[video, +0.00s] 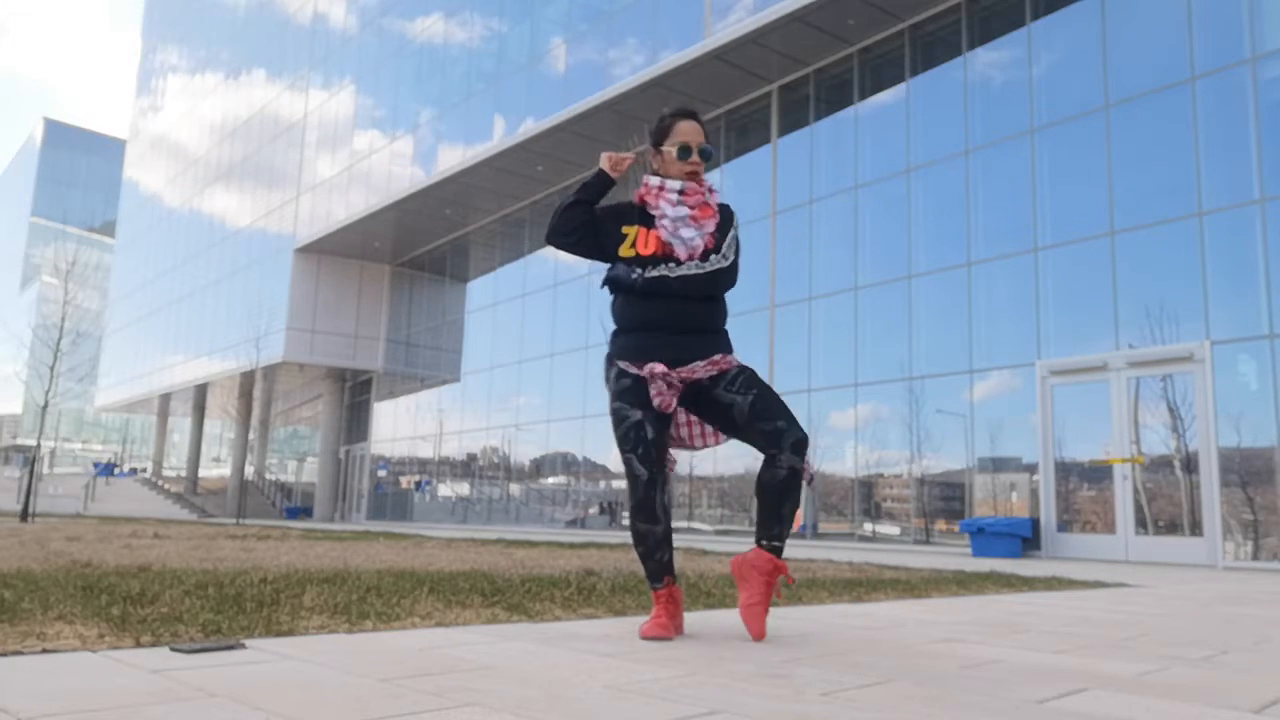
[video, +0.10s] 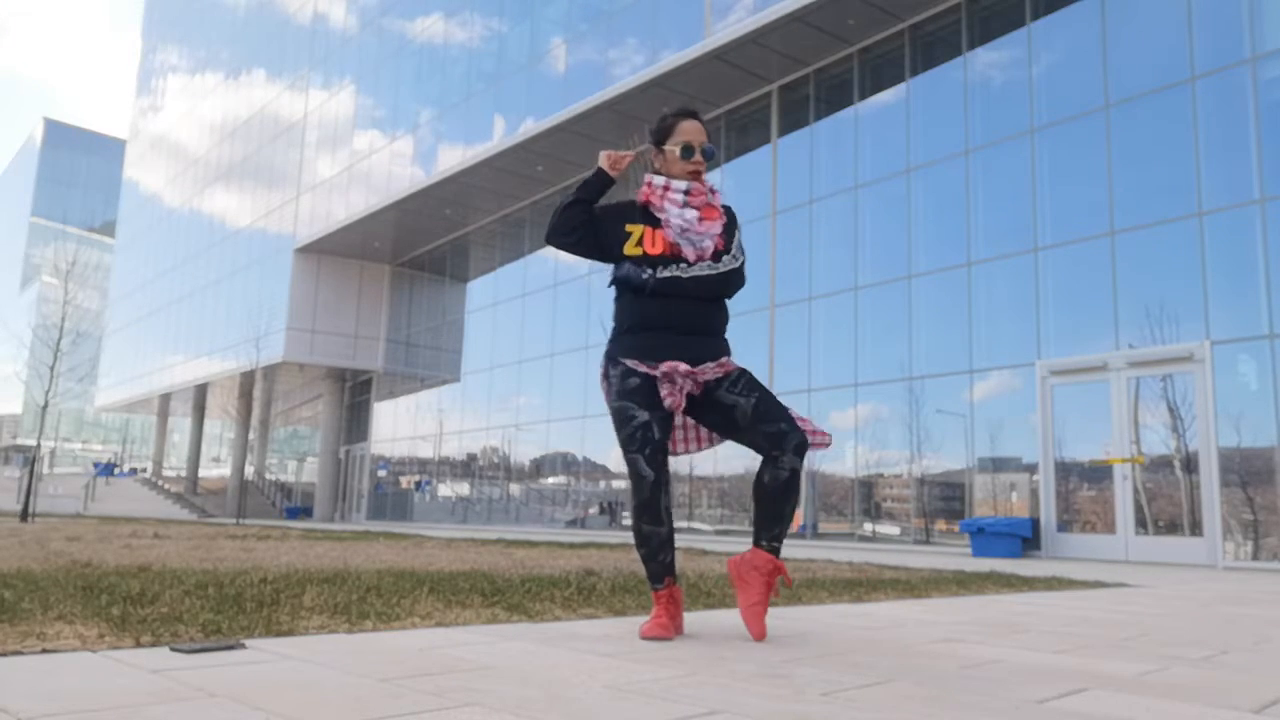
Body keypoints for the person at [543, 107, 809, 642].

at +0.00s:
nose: (695, 161)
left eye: (702, 152)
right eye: (683, 151)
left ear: (709, 158)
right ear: (657, 157)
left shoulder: (718, 214)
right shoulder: (626, 218)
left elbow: (723, 273)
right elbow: (562, 233)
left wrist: (636, 276)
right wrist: (602, 178)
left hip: (708, 363)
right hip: (637, 367)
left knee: (788, 441)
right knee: (645, 476)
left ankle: (764, 563)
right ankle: (665, 596)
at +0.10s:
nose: (698, 160)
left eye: (705, 151)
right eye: (686, 150)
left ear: (710, 157)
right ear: (658, 157)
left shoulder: (719, 215)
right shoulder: (628, 219)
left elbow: (732, 275)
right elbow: (561, 233)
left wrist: (647, 276)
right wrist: (601, 178)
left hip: (707, 365)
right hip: (636, 366)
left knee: (788, 441)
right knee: (649, 474)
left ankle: (761, 564)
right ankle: (666, 598)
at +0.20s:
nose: (699, 156)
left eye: (705, 148)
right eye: (685, 148)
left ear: (711, 156)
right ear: (658, 156)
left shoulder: (719, 215)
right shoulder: (629, 215)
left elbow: (735, 278)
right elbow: (565, 232)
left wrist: (649, 274)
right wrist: (604, 176)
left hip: (705, 364)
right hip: (635, 364)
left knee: (786, 438)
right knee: (648, 473)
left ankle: (760, 563)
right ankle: (665, 597)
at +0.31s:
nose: (695, 152)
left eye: (703, 145)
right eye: (681, 144)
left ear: (711, 157)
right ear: (656, 155)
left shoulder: (720, 215)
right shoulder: (629, 213)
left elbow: (730, 280)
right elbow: (570, 234)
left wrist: (642, 273)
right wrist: (610, 176)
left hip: (706, 365)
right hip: (635, 365)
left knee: (784, 442)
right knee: (646, 472)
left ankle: (758, 563)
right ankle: (665, 596)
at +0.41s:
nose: (692, 152)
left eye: (700, 143)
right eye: (679, 143)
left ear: (708, 154)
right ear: (655, 153)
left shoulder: (719, 214)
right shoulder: (628, 214)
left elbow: (726, 274)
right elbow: (576, 234)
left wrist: (638, 275)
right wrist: (614, 175)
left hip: (705, 361)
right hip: (635, 363)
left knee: (775, 441)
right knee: (645, 472)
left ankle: (755, 564)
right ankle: (665, 596)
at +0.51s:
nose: (688, 151)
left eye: (697, 142)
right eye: (676, 142)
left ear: (707, 153)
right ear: (653, 153)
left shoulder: (720, 211)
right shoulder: (631, 212)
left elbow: (718, 269)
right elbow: (581, 235)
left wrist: (634, 274)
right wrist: (616, 177)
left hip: (707, 356)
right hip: (637, 361)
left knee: (752, 445)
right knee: (644, 476)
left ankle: (747, 570)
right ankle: (665, 596)